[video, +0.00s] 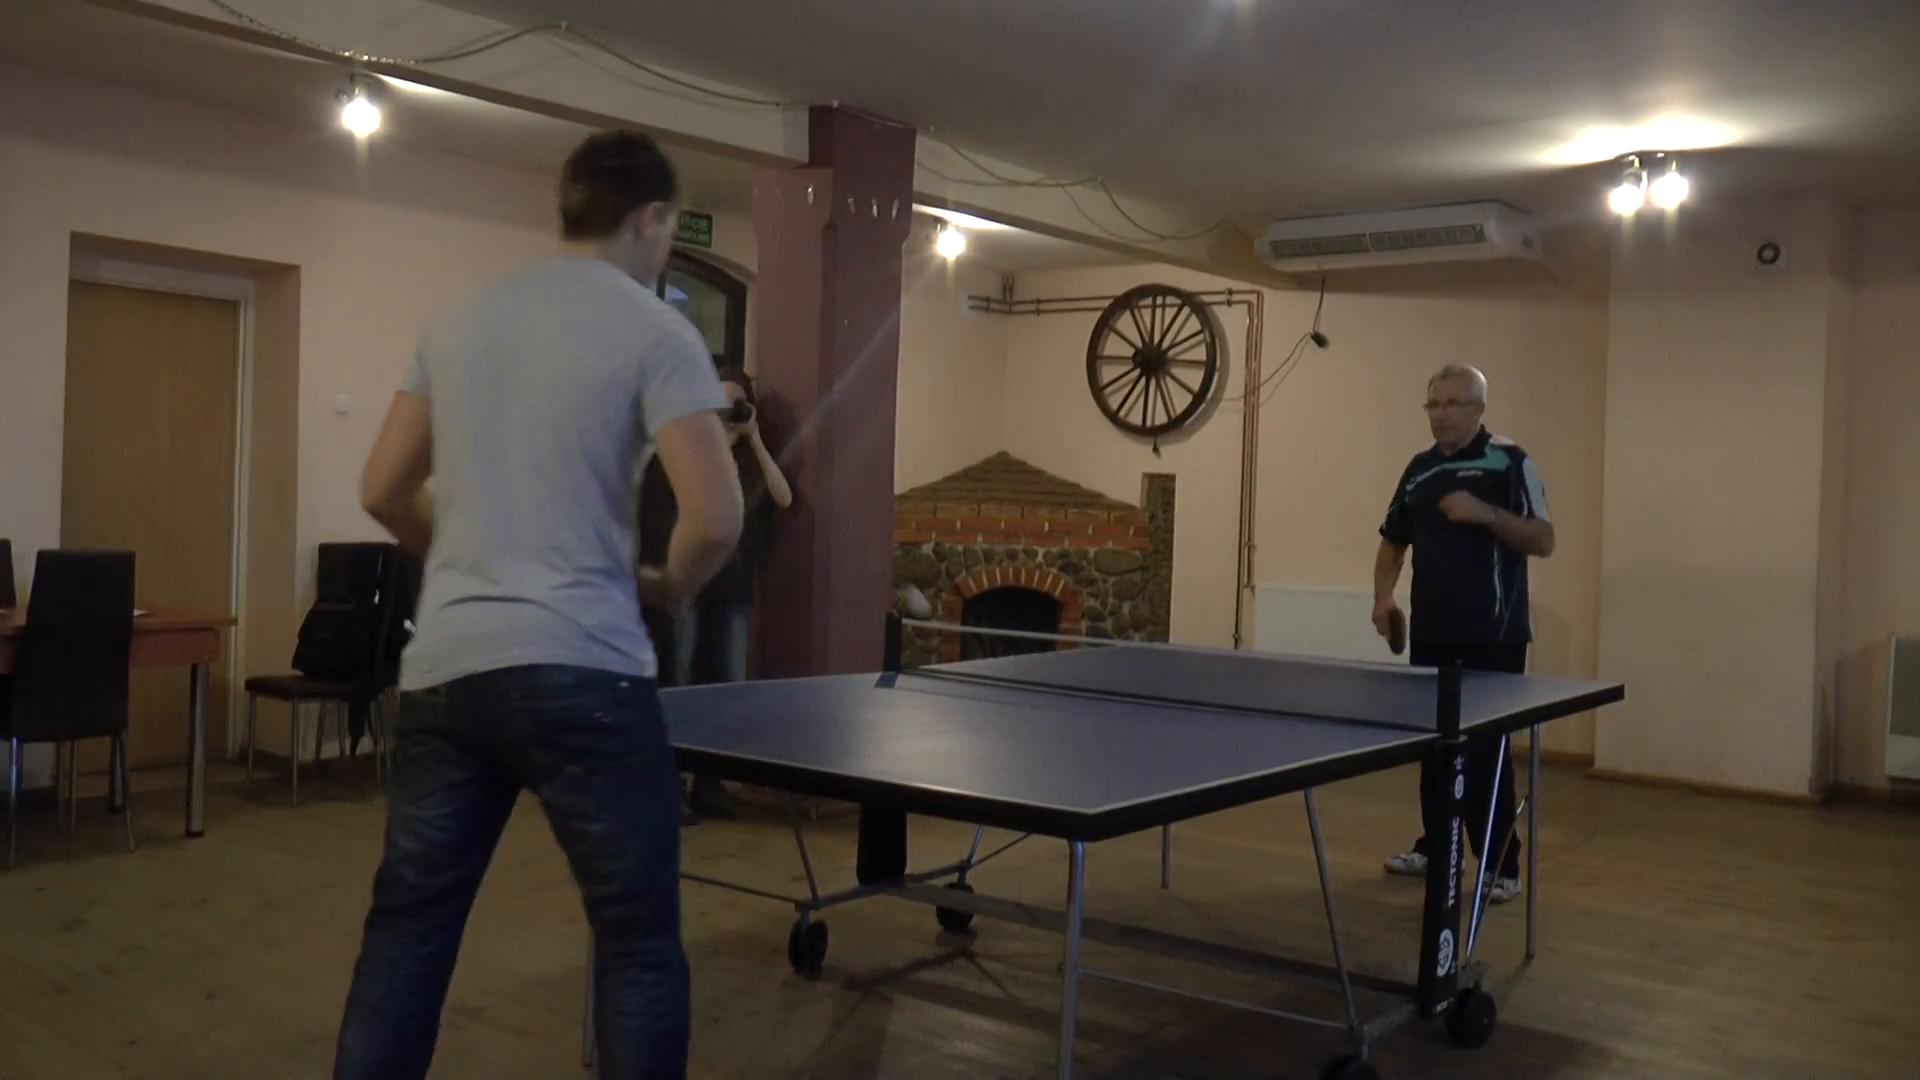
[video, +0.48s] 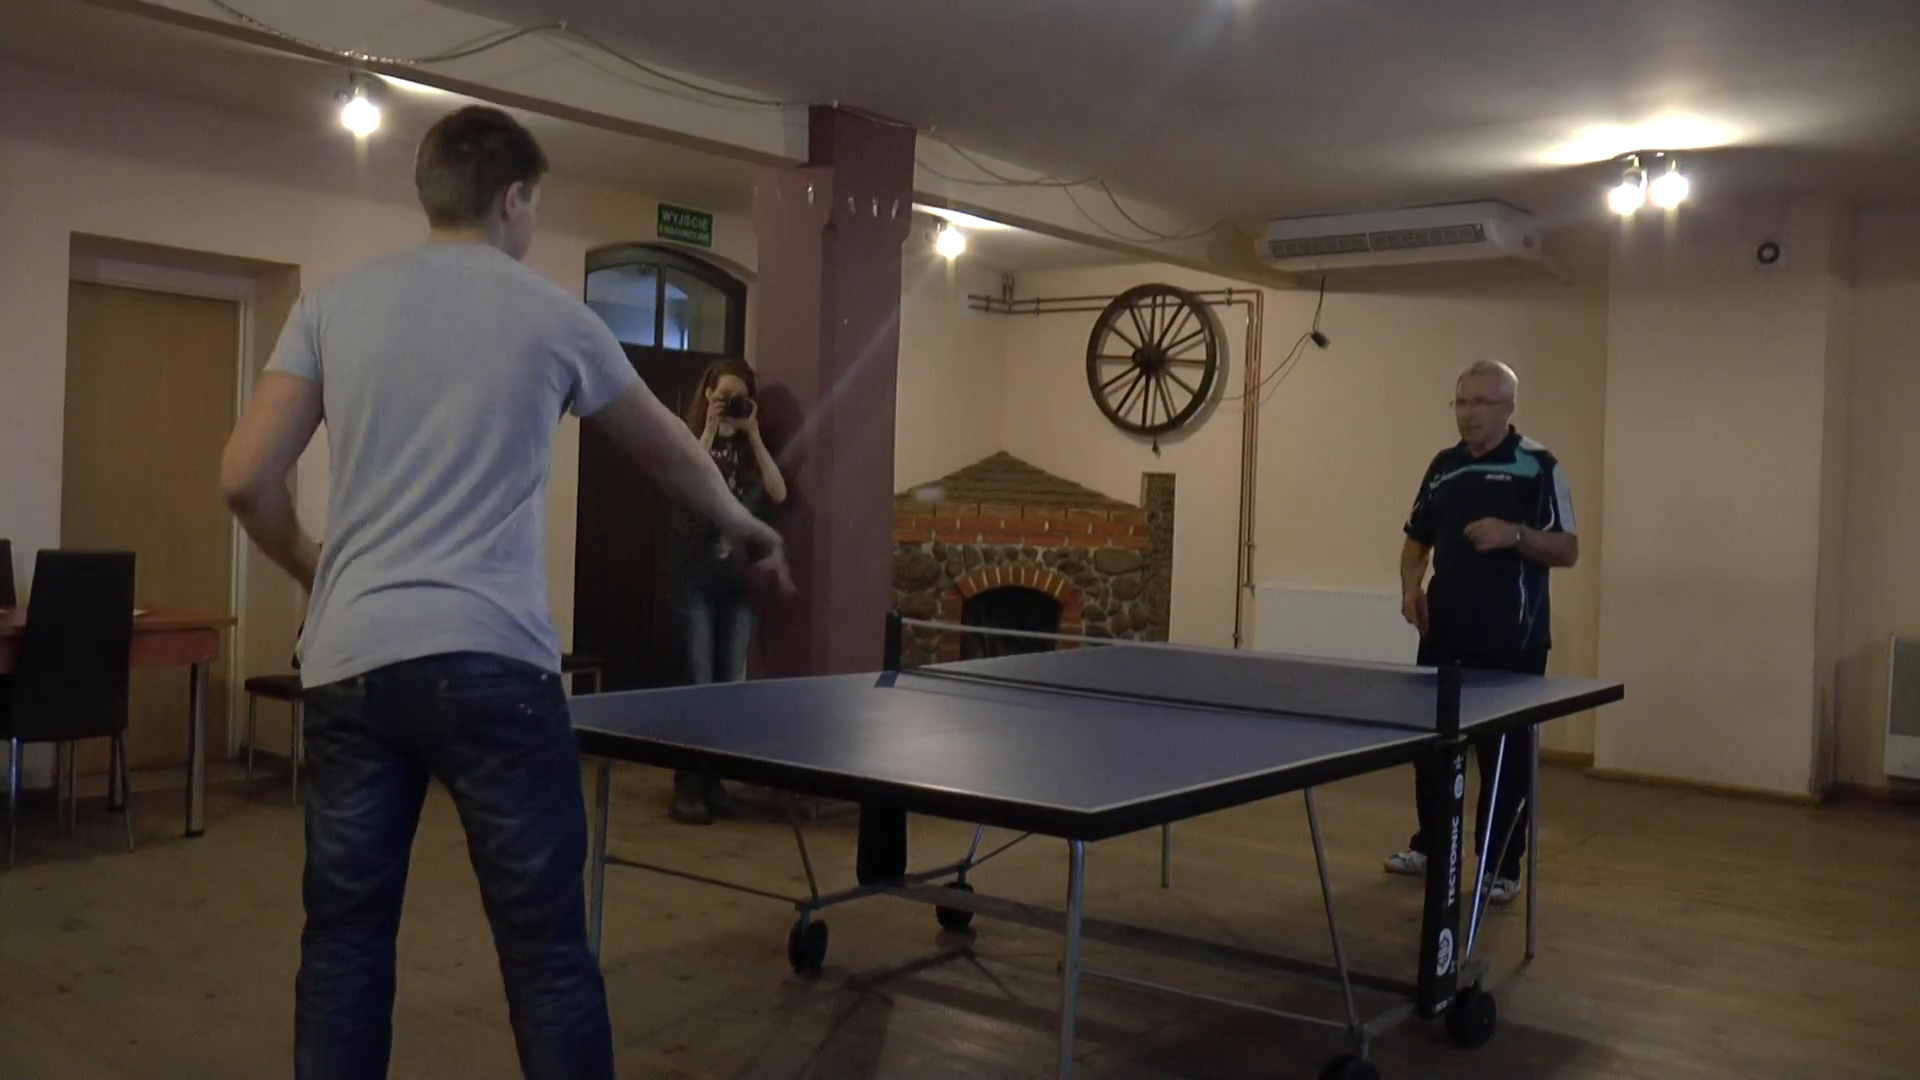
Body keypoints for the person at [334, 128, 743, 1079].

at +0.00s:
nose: (668, 249)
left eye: (671, 232)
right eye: (670, 229)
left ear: (566, 215)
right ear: (647, 222)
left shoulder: (459, 320)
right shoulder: (653, 327)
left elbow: (385, 488)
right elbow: (714, 514)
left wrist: (456, 555)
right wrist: (672, 585)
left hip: (444, 666)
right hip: (583, 668)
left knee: (408, 923)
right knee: (637, 936)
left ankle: (368, 1072)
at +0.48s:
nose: (535, 218)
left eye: (535, 200)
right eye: (536, 199)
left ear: (429, 198)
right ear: (513, 197)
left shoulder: (334, 299)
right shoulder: (548, 309)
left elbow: (249, 477)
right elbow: (672, 453)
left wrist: (309, 566)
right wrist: (747, 529)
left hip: (348, 656)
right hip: (491, 650)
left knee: (342, 941)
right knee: (546, 946)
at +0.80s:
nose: (530, 210)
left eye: (529, 192)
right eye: (530, 190)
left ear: (420, 193)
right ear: (508, 190)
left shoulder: (329, 300)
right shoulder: (549, 311)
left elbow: (252, 478)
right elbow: (619, 509)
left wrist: (313, 577)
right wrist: (605, 590)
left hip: (354, 651)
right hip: (497, 649)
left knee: (347, 933)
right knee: (551, 941)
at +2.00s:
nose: (683, 214)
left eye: (686, 198)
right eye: (684, 196)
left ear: (574, 189)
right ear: (660, 195)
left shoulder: (468, 291)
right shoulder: (673, 320)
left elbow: (383, 452)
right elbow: (708, 529)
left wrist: (443, 598)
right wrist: (714, 641)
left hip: (467, 647)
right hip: (601, 652)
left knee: (425, 905)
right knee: (604, 934)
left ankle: (377, 1071)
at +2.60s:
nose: (616, 230)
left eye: (620, 214)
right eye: (616, 212)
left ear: (511, 203)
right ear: (587, 203)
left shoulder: (423, 322)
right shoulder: (593, 309)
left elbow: (400, 506)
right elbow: (628, 500)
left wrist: (449, 617)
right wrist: (666, 674)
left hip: (429, 651)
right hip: (550, 653)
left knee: (437, 910)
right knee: (622, 912)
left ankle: (419, 1071)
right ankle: (604, 1073)